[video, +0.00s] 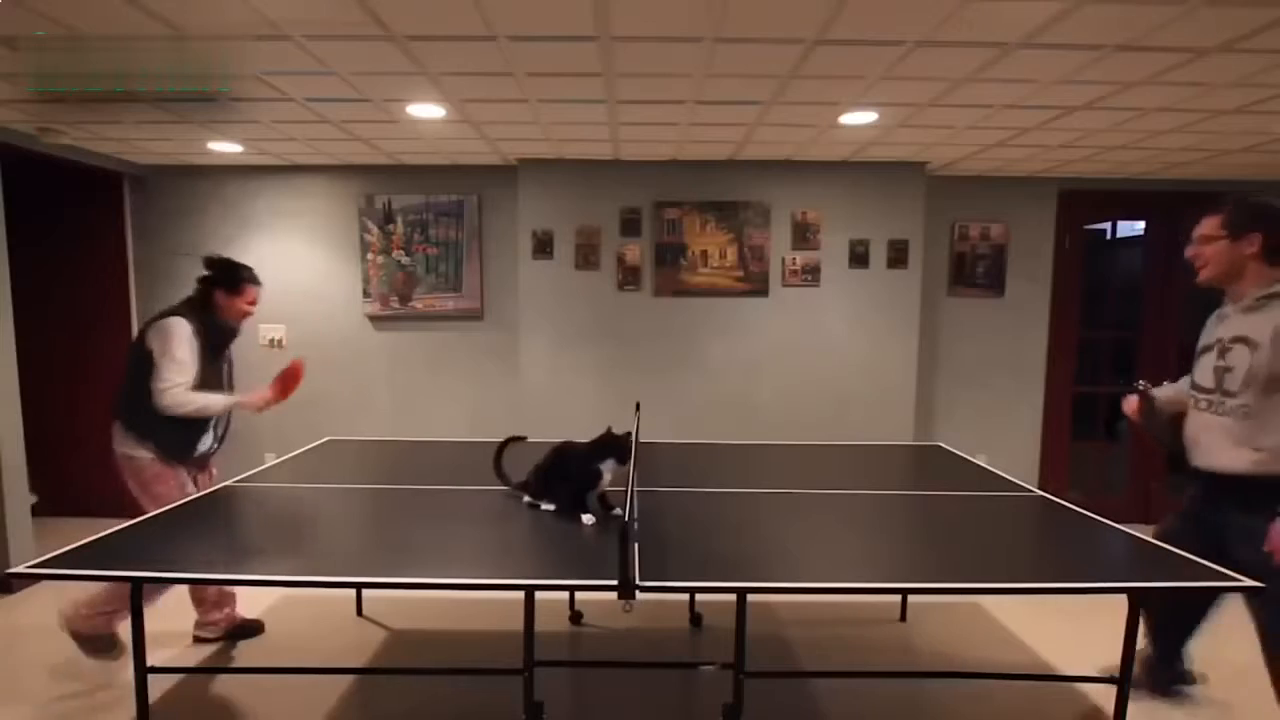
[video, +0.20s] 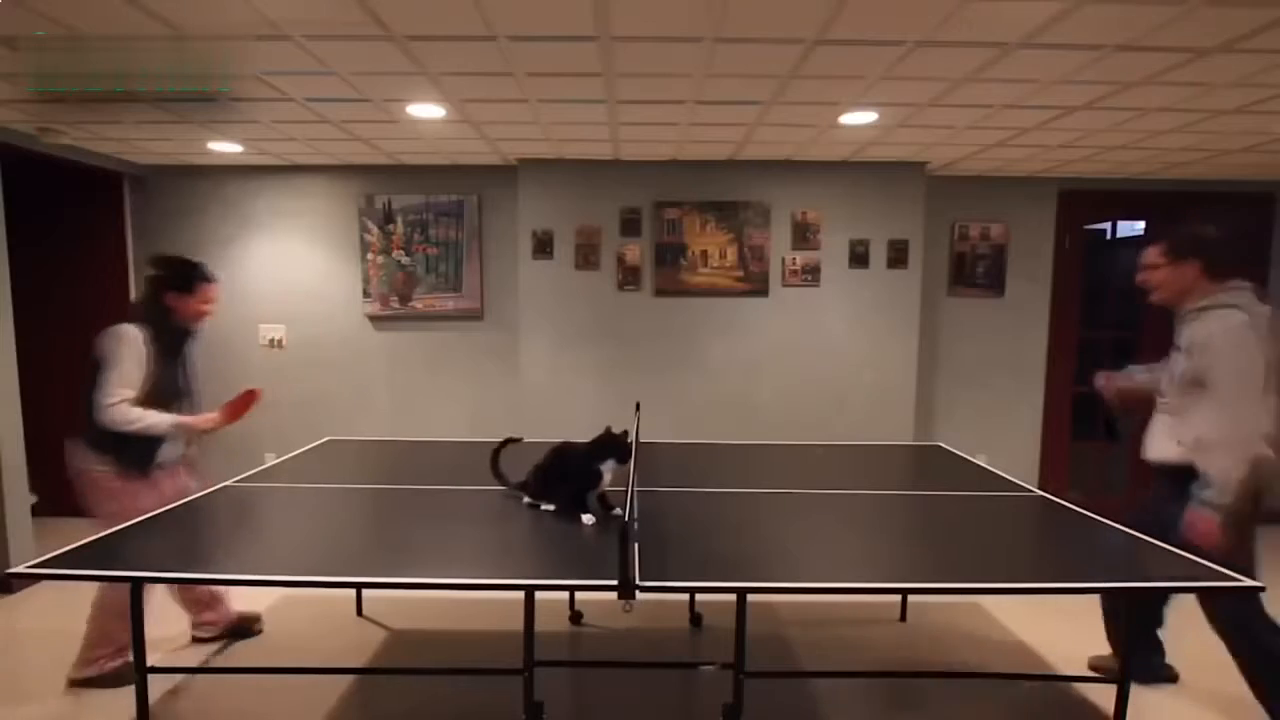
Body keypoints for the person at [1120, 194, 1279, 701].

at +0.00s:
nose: (1192, 253)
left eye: (1205, 241)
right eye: (1193, 242)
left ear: (1249, 246)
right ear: (1242, 247)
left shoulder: (1275, 313)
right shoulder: (1220, 317)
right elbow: (1204, 385)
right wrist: (1154, 400)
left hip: (1264, 493)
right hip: (1211, 489)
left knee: (1274, 621)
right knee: (1164, 581)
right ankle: (1166, 668)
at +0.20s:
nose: (1145, 280)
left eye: (1153, 269)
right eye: (1144, 270)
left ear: (1190, 269)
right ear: (1185, 273)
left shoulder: (1227, 325)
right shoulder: (1198, 320)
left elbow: (1240, 423)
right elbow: (1183, 376)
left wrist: (1212, 501)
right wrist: (1129, 382)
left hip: (1206, 483)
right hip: (1176, 477)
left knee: (1233, 610)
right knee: (1127, 565)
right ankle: (1140, 659)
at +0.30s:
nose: (1129, 269)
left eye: (1137, 258)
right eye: (1127, 258)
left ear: (1171, 259)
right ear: (1165, 262)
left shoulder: (1216, 310)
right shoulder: (1172, 310)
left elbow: (1234, 403)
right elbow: (1148, 349)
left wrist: (1201, 476)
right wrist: (1083, 343)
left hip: (1212, 457)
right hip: (1169, 454)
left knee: (1230, 587)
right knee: (1141, 556)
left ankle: (1270, 696)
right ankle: (1138, 653)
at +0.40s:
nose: (1123, 260)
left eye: (1132, 249)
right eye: (1123, 250)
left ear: (1168, 250)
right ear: (1155, 255)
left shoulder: (1221, 303)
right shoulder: (1127, 313)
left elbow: (1253, 382)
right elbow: (1059, 321)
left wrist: (1233, 456)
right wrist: (995, 318)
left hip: (1204, 450)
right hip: (1149, 450)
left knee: (1223, 579)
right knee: (1145, 555)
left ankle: (1250, 702)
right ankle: (1139, 651)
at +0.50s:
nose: (1124, 257)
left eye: (1133, 247)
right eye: (1123, 248)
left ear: (1169, 249)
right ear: (1129, 255)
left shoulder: (1222, 304)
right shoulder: (1120, 313)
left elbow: (1256, 377)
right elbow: (1059, 327)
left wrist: (1252, 448)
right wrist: (1000, 329)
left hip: (1203, 446)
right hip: (1146, 447)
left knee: (1205, 573)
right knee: (1140, 553)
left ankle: (1214, 703)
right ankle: (1139, 650)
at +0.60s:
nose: (1117, 259)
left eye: (1127, 249)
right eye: (1115, 250)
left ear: (1163, 252)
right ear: (1119, 258)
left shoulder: (1216, 304)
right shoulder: (1118, 318)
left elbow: (1255, 378)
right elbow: (1087, 368)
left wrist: (1263, 453)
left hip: (1205, 445)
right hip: (1147, 448)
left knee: (1204, 567)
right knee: (1135, 552)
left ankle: (1234, 701)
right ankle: (1139, 651)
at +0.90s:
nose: (1147, 262)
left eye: (1158, 252)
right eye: (1147, 253)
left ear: (1195, 257)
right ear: (1151, 261)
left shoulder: (1255, 315)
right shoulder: (1161, 325)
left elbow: (1279, 397)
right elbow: (1157, 394)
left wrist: (1272, 475)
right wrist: (1137, 424)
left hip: (1240, 475)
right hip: (1177, 472)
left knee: (1261, 595)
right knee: (1149, 560)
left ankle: (1275, 688)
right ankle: (1141, 651)